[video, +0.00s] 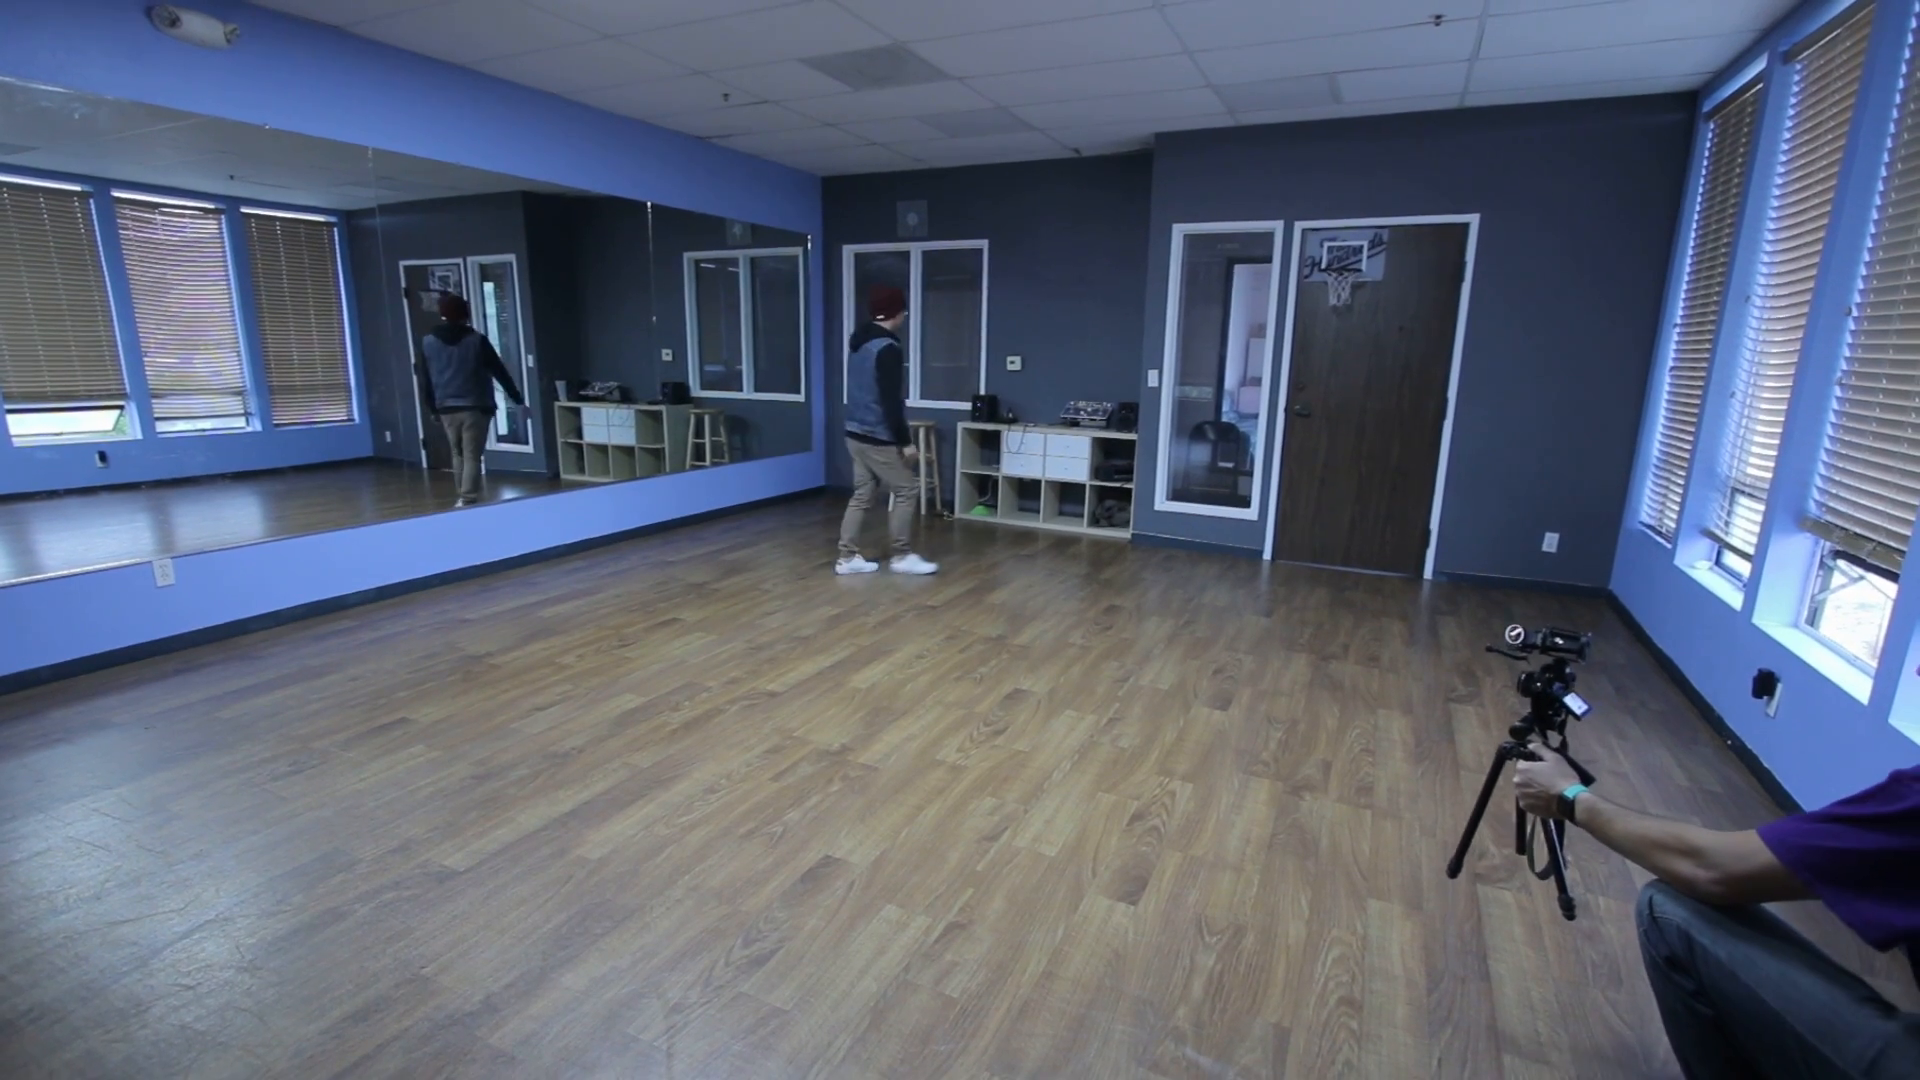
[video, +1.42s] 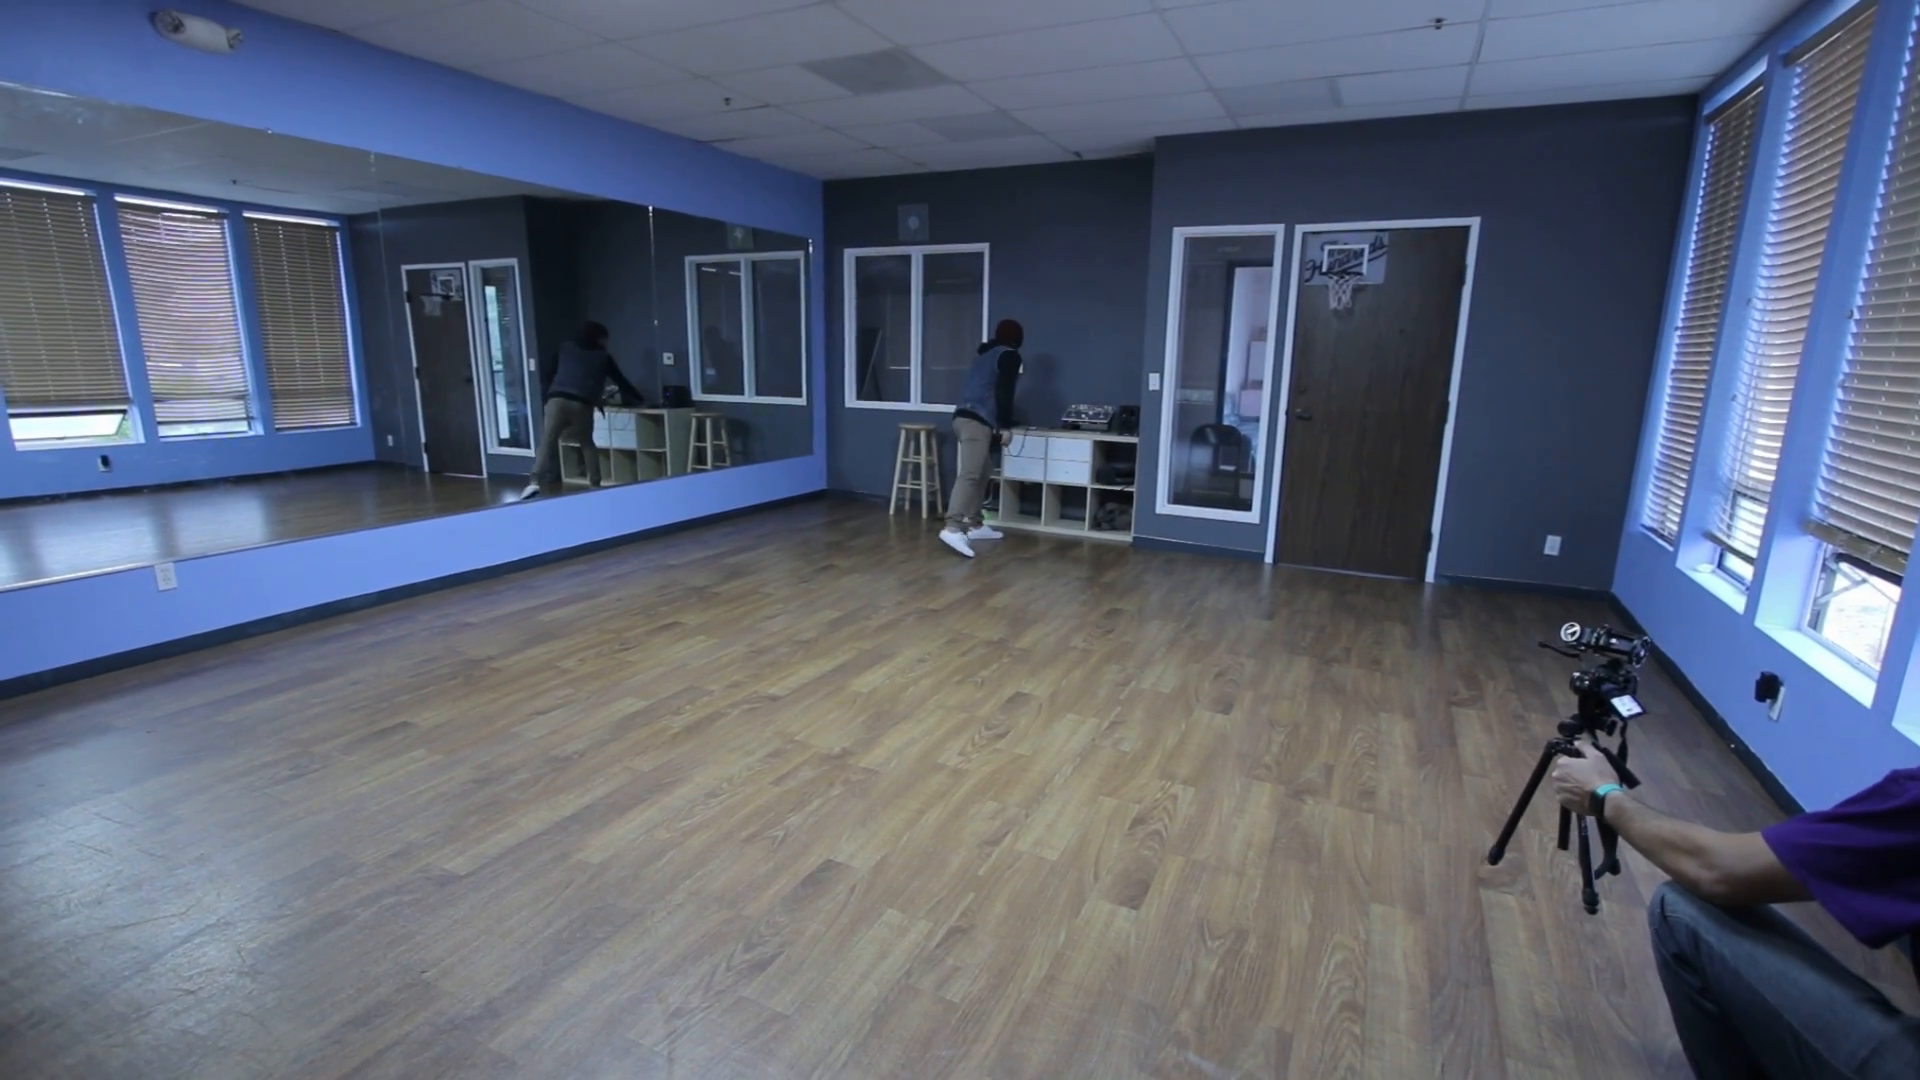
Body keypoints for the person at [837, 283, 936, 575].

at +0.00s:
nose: (903, 318)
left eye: (903, 313)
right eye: (903, 313)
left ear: (875, 313)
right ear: (896, 314)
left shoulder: (861, 341)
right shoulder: (888, 348)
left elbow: (862, 393)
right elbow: (891, 401)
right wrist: (905, 442)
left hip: (855, 435)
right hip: (878, 437)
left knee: (862, 494)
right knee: (906, 489)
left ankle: (846, 556)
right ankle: (901, 554)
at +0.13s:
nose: (917, 324)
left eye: (917, 318)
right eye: (917, 318)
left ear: (891, 316)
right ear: (909, 319)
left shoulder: (873, 345)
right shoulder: (907, 351)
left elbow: (870, 391)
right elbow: (909, 400)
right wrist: (914, 443)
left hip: (869, 432)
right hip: (894, 436)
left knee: (868, 494)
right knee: (925, 488)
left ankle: (847, 555)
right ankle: (941, 548)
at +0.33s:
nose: (951, 316)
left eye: (949, 311)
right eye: (950, 312)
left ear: (923, 313)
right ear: (947, 315)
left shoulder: (908, 343)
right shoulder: (945, 349)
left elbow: (905, 387)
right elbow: (944, 397)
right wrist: (944, 439)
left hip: (906, 430)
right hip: (933, 434)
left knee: (900, 487)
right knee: (952, 489)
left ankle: (863, 538)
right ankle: (959, 546)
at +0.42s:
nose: (964, 313)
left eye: (960, 309)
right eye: (963, 309)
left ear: (935, 309)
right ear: (961, 311)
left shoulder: (921, 339)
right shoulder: (957, 345)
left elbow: (919, 383)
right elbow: (961, 394)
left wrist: (922, 418)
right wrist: (963, 436)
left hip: (920, 425)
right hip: (947, 429)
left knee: (924, 480)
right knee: (959, 486)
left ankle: (887, 522)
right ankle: (961, 544)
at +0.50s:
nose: (976, 312)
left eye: (972, 307)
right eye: (975, 308)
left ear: (948, 309)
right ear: (972, 310)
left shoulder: (932, 337)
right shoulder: (967, 344)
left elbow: (930, 382)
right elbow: (973, 392)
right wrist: (982, 433)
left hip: (929, 424)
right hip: (956, 428)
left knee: (938, 475)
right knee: (964, 485)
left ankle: (914, 518)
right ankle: (961, 543)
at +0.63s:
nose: (988, 315)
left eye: (986, 310)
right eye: (988, 311)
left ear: (962, 309)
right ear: (985, 312)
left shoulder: (948, 335)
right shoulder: (980, 343)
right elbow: (991, 387)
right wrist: (1009, 423)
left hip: (940, 420)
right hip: (964, 425)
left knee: (952, 475)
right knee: (967, 484)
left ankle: (946, 527)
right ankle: (961, 544)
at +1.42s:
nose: (1019, 344)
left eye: (1017, 339)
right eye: (1019, 340)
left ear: (997, 335)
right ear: (1017, 339)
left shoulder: (987, 353)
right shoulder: (1009, 355)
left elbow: (984, 390)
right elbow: (1004, 390)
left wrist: (995, 425)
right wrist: (1005, 426)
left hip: (964, 417)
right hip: (977, 420)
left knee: (983, 471)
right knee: (971, 474)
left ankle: (974, 524)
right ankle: (953, 528)